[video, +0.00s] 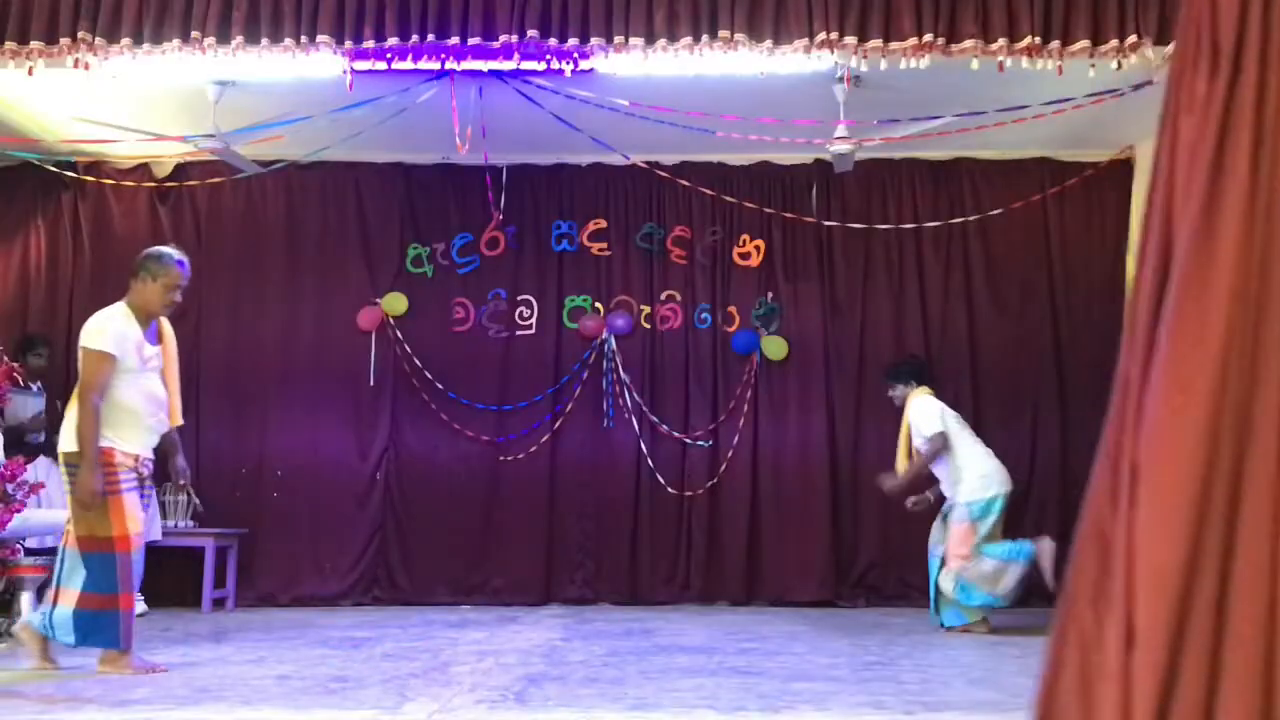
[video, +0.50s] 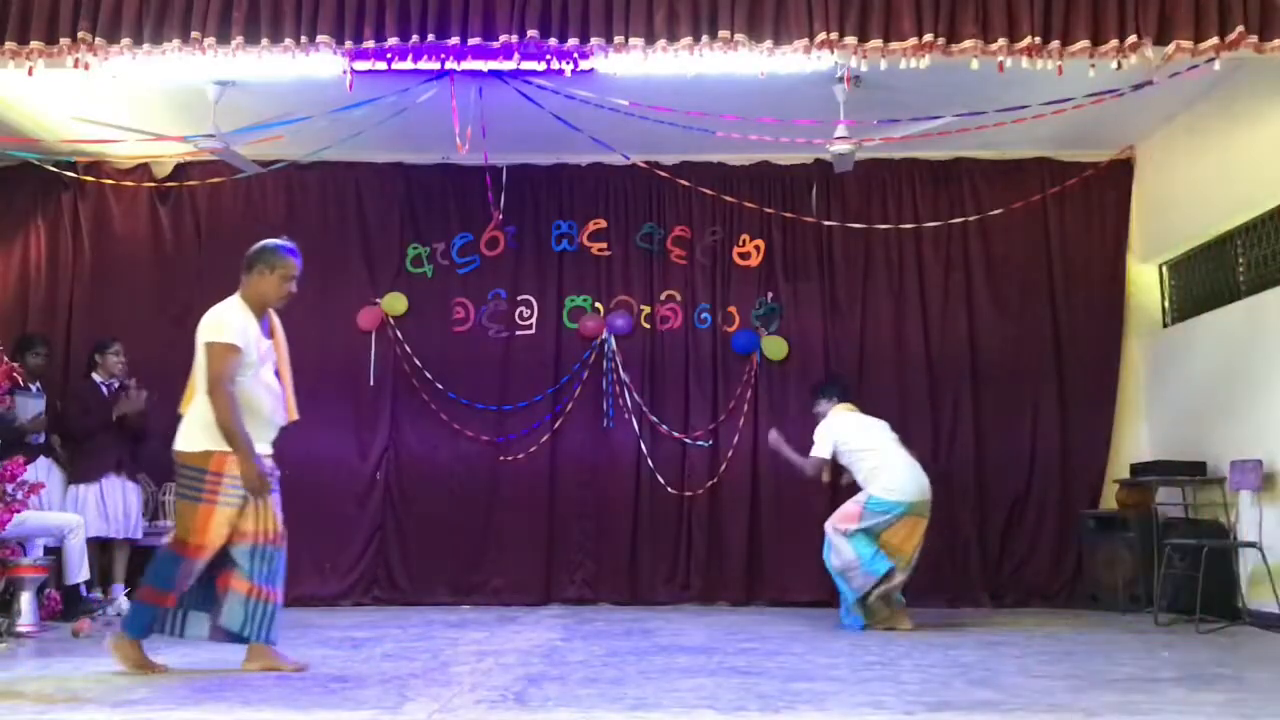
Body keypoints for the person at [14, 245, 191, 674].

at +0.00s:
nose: (177, 299)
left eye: (181, 290)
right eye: (172, 288)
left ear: (167, 289)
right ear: (142, 281)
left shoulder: (152, 331)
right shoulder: (108, 325)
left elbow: (154, 400)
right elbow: (88, 397)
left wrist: (174, 453)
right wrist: (88, 465)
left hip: (131, 455)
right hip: (99, 452)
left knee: (105, 549)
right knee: (125, 545)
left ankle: (39, 626)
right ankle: (117, 653)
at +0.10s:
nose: (199, 301)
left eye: (203, 293)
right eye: (192, 291)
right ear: (163, 283)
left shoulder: (173, 334)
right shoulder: (129, 327)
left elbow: (165, 406)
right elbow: (112, 399)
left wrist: (162, 462)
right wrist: (120, 466)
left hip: (152, 456)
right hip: (114, 453)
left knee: (171, 543)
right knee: (133, 543)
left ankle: (121, 639)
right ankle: (115, 653)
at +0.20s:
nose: (223, 296)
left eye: (227, 288)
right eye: (217, 284)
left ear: (218, 286)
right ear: (188, 275)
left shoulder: (192, 326)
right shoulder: (153, 318)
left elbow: (185, 393)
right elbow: (135, 387)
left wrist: (180, 451)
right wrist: (158, 456)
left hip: (172, 448)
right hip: (130, 448)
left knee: (196, 532)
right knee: (128, 542)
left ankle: (158, 633)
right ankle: (112, 648)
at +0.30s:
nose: (246, 289)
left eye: (251, 281)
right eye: (240, 278)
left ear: (241, 280)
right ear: (210, 270)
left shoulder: (217, 321)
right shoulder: (178, 313)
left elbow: (207, 386)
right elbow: (161, 382)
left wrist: (205, 446)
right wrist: (195, 449)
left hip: (197, 446)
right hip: (156, 443)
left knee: (217, 532)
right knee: (135, 538)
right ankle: (113, 644)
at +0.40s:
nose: (270, 291)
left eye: (273, 282)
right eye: (265, 280)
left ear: (247, 277)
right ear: (235, 273)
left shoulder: (232, 323)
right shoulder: (202, 316)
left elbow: (219, 389)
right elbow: (191, 385)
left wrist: (234, 446)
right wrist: (227, 450)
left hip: (219, 450)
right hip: (182, 448)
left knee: (237, 542)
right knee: (155, 541)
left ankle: (248, 644)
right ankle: (115, 642)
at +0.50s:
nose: (293, 289)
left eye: (295, 280)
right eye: (287, 278)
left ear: (269, 279)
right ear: (258, 274)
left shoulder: (261, 324)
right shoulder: (227, 319)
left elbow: (253, 392)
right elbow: (218, 390)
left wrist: (263, 452)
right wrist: (247, 459)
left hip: (253, 452)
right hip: (213, 451)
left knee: (266, 544)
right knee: (194, 544)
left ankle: (261, 646)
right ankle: (128, 636)